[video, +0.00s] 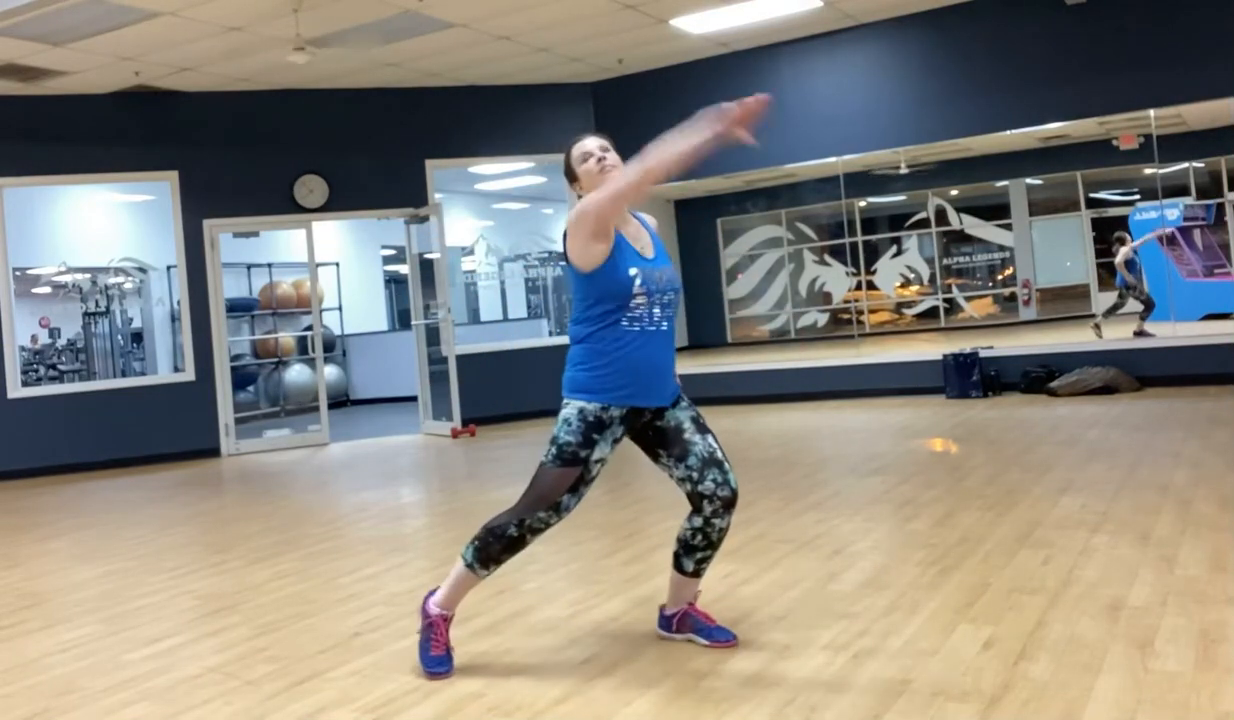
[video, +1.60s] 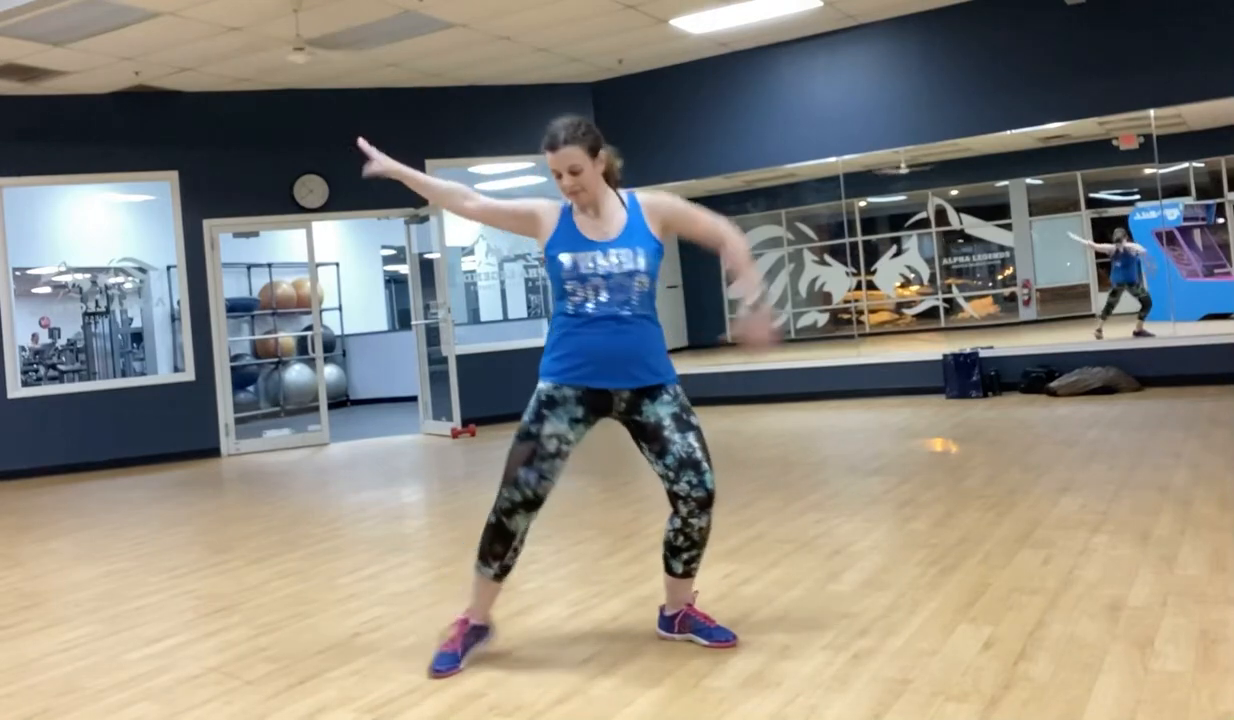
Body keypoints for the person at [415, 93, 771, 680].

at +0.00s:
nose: (601, 157)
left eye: (607, 150)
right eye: (587, 158)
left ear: (623, 164)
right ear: (578, 184)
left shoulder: (645, 224)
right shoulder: (588, 222)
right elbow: (649, 168)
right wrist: (713, 125)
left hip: (659, 395)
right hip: (597, 398)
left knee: (717, 493)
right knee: (539, 510)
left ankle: (679, 609)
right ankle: (440, 608)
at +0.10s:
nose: (613, 152)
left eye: (611, 147)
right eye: (600, 151)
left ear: (621, 165)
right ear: (580, 174)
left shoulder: (646, 227)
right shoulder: (585, 225)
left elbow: (648, 303)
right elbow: (604, 144)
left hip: (659, 398)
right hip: (599, 404)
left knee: (719, 493)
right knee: (545, 509)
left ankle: (680, 610)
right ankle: (436, 607)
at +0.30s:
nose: (594, 158)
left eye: (599, 151)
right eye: (581, 157)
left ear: (619, 165)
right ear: (571, 180)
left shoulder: (647, 226)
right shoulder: (577, 228)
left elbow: (646, 305)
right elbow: (552, 139)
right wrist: (552, 48)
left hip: (660, 400)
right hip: (598, 405)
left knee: (721, 497)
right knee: (538, 517)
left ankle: (679, 609)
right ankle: (435, 606)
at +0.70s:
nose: (581, 164)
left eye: (590, 155)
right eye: (572, 164)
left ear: (617, 170)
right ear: (568, 185)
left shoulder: (647, 231)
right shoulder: (569, 230)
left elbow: (646, 309)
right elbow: (511, 165)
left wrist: (649, 369)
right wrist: (463, 88)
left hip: (656, 400)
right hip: (593, 405)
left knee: (719, 498)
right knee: (536, 510)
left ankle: (679, 610)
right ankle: (431, 607)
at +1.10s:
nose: (577, 173)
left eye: (585, 162)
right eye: (568, 170)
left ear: (615, 169)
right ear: (567, 185)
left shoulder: (648, 232)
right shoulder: (562, 232)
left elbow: (658, 308)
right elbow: (476, 209)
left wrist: (660, 362)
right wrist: (403, 170)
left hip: (654, 400)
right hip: (589, 404)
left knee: (718, 498)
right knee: (529, 511)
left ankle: (679, 610)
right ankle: (430, 610)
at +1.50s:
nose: (572, 188)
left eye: (580, 175)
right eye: (563, 180)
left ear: (607, 169)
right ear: (556, 181)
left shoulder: (654, 221)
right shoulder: (551, 223)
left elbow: (716, 263)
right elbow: (470, 203)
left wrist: (712, 326)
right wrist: (399, 166)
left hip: (650, 389)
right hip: (571, 392)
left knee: (704, 495)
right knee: (524, 504)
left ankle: (678, 610)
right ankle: (460, 623)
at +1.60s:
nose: (567, 185)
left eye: (575, 172)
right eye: (558, 176)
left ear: (602, 161)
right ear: (552, 173)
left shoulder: (653, 208)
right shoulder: (547, 217)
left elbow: (730, 237)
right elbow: (468, 202)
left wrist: (753, 305)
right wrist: (396, 169)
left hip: (647, 379)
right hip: (569, 382)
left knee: (697, 489)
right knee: (518, 494)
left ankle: (678, 610)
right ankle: (476, 620)